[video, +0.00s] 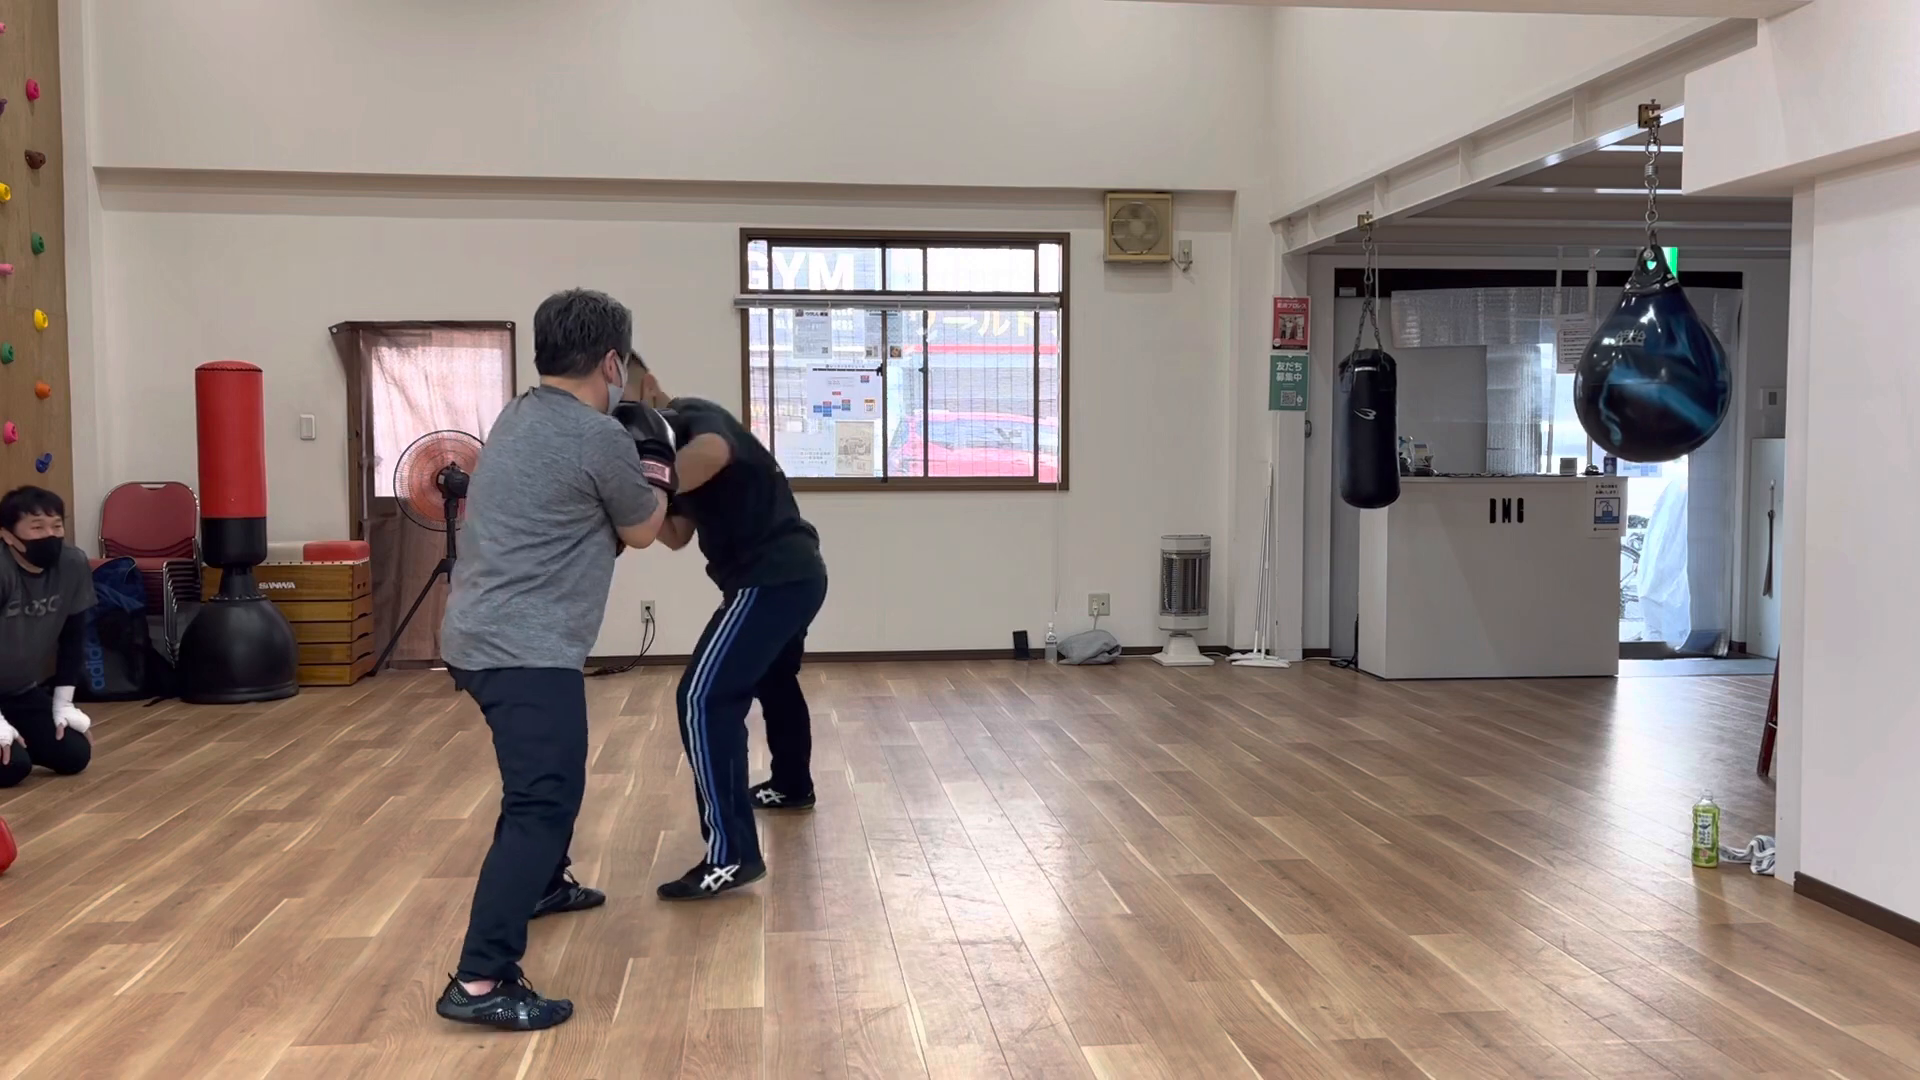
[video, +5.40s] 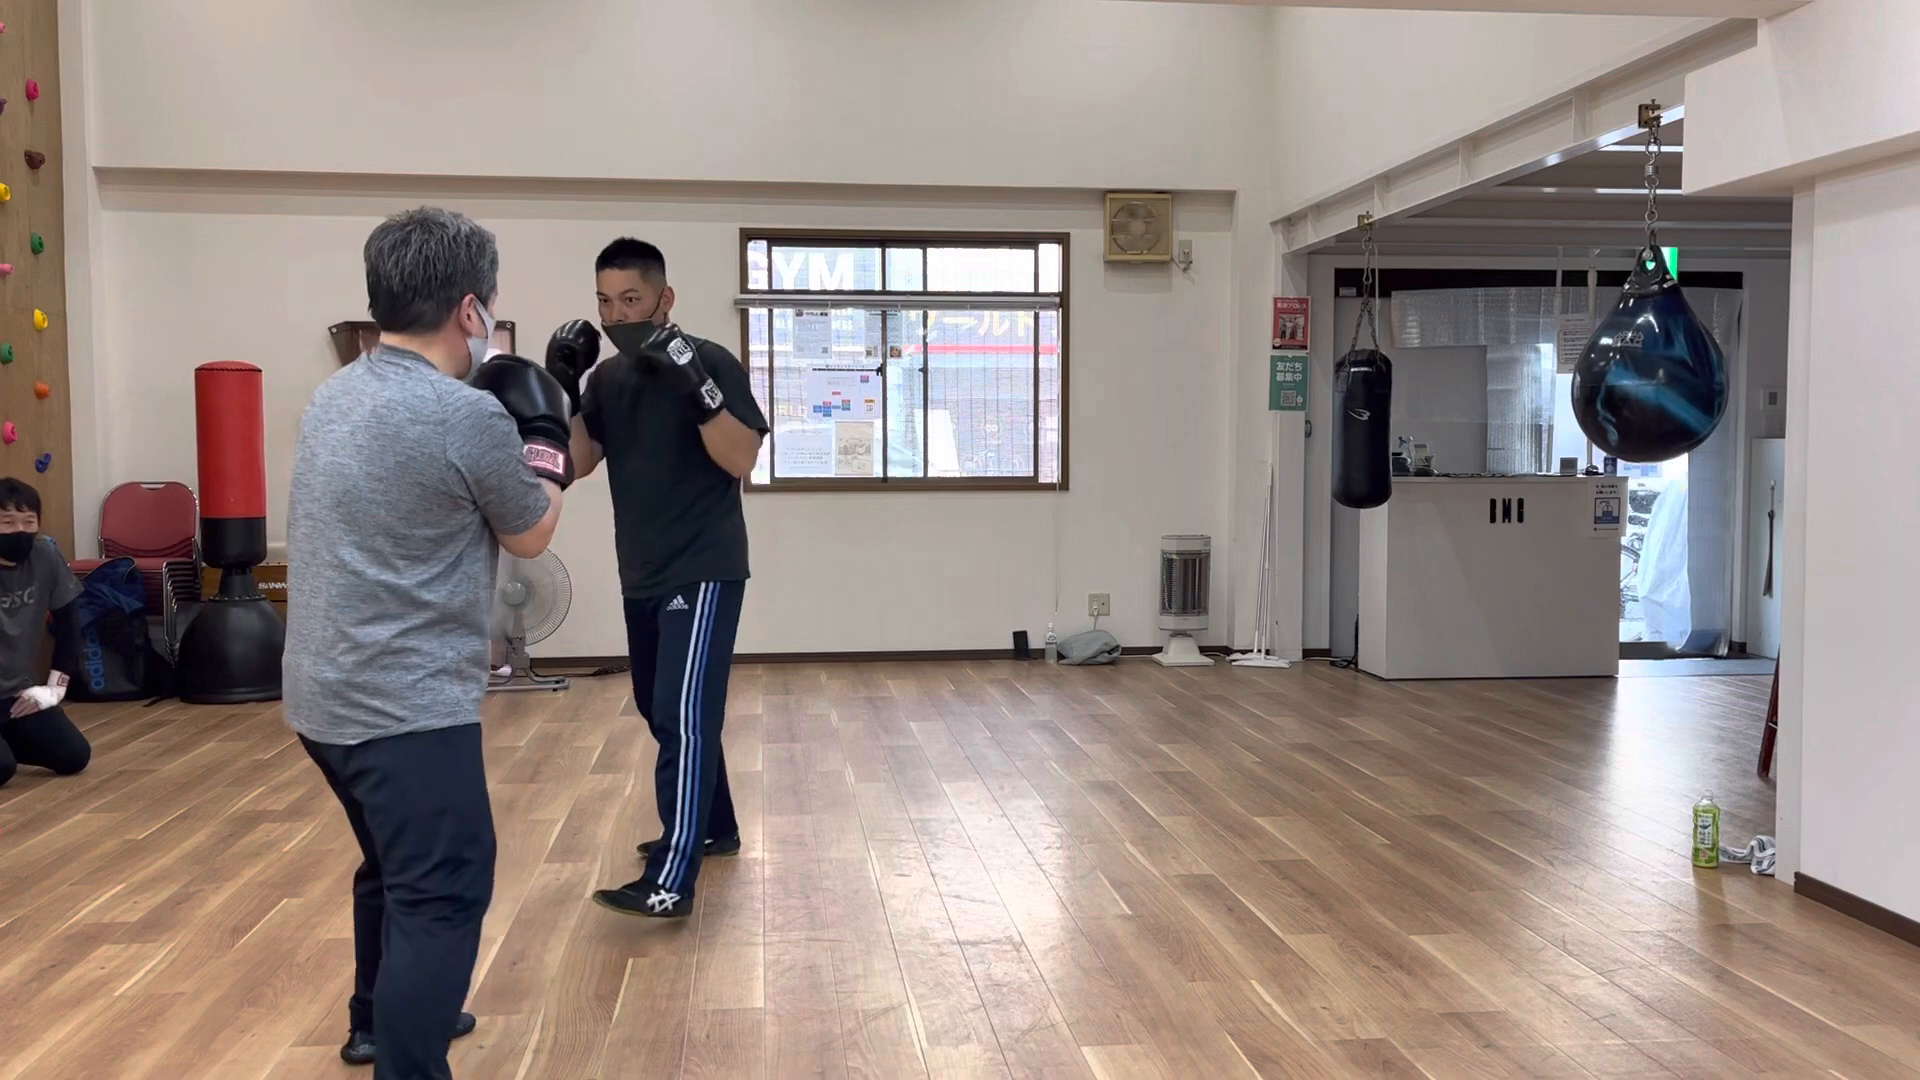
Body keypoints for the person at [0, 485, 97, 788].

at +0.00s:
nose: (50, 535)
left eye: (56, 525)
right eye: (37, 528)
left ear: (64, 527)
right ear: (8, 536)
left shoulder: (73, 564)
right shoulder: (2, 571)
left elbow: (73, 638)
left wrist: (63, 702)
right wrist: (0, 720)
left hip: (28, 691)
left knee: (74, 756)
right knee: (12, 766)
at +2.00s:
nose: (29, 528)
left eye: (36, 519)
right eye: (16, 520)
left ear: (44, 521)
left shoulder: (59, 561)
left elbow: (66, 634)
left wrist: (63, 700)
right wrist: (0, 721)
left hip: (31, 692)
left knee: (74, 756)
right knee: (13, 767)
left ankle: (15, 732)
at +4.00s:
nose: (6, 516)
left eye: (13, 508)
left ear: (22, 513)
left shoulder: (30, 553)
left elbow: (63, 612)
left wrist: (59, 680)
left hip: (15, 692)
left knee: (74, 756)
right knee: (3, 767)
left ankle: (2, 741)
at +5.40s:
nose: (19, 531)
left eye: (28, 521)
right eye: (8, 522)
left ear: (38, 523)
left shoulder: (44, 554)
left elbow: (68, 621)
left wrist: (54, 687)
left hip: (20, 693)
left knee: (74, 757)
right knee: (3, 767)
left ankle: (3, 741)